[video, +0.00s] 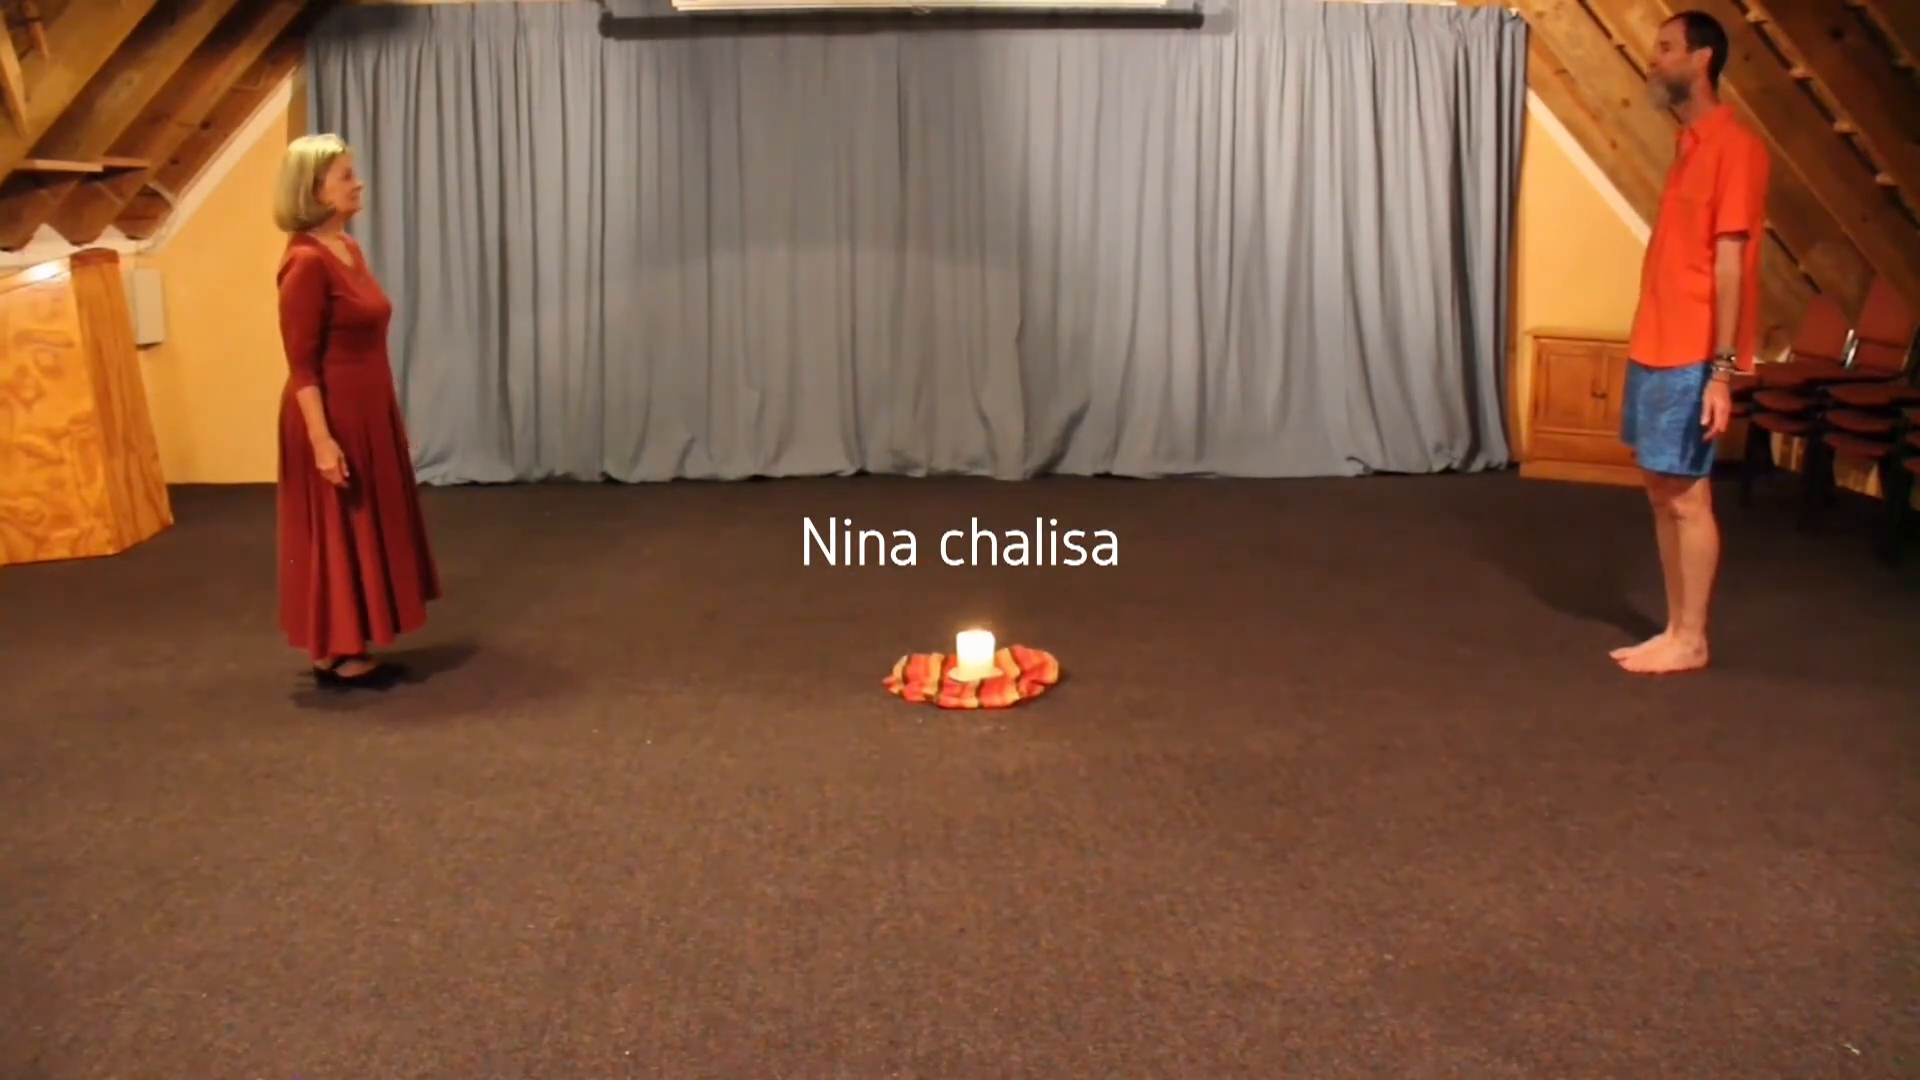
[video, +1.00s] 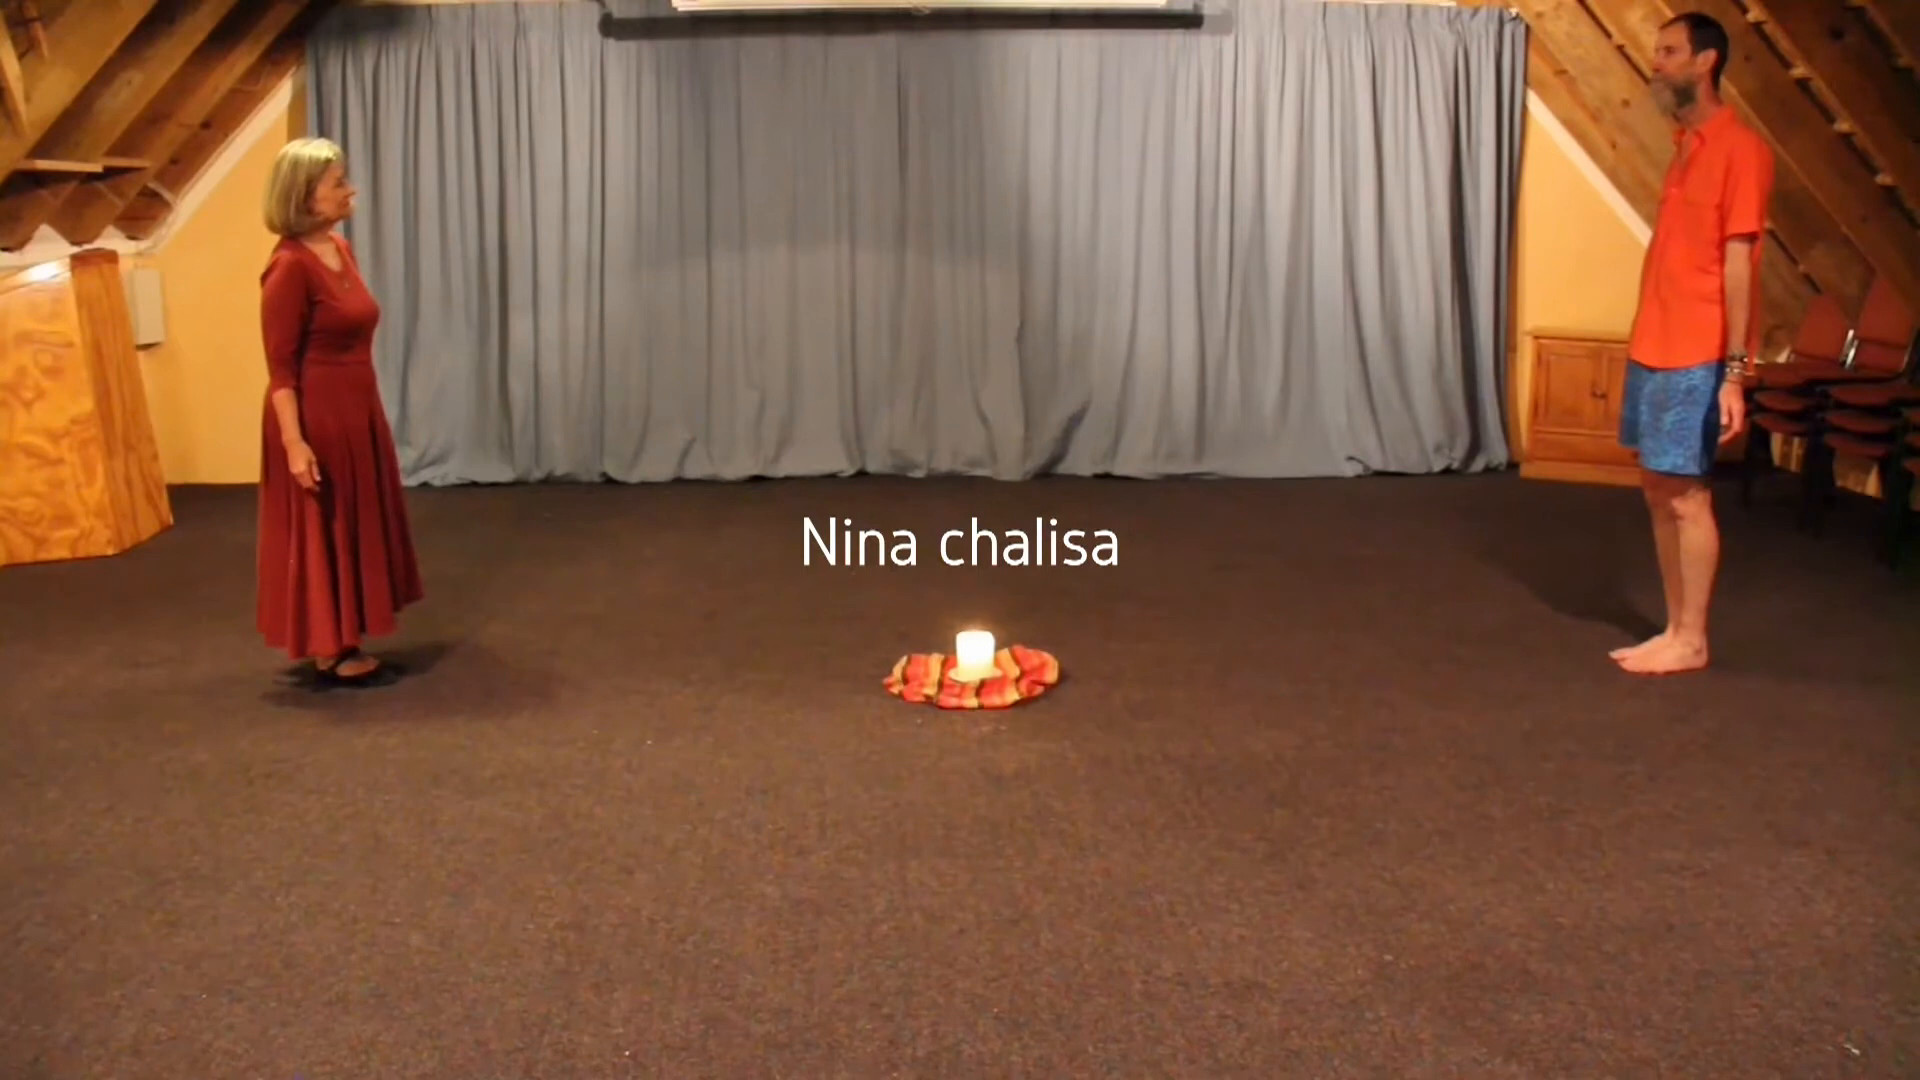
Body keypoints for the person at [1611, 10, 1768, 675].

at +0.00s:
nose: (1652, 60)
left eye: (1665, 49)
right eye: (1654, 48)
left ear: (1703, 59)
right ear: (1690, 60)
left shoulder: (1734, 143)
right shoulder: (1693, 141)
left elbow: (1730, 261)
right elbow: (1692, 257)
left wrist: (1722, 368)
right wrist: (1660, 348)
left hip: (1692, 357)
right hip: (1657, 351)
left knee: (1687, 498)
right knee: (1662, 493)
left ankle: (1692, 639)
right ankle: (1677, 630)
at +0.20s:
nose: (1653, 61)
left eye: (1666, 49)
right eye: (1654, 49)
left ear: (1705, 59)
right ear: (1690, 60)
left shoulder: (1736, 144)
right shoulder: (1691, 141)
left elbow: (1732, 261)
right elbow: (1687, 256)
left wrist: (1726, 370)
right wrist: (1656, 348)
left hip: (1693, 357)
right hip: (1656, 351)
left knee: (1688, 497)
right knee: (1663, 493)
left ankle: (1691, 639)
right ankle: (1677, 630)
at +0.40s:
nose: (1653, 65)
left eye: (1665, 53)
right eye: (1654, 53)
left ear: (1705, 61)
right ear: (1689, 62)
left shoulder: (1738, 146)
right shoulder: (1690, 143)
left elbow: (1735, 262)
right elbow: (1685, 256)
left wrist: (1728, 370)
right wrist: (1654, 347)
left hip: (1694, 358)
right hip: (1655, 352)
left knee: (1687, 498)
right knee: (1661, 493)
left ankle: (1692, 639)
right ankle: (1677, 630)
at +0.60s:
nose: (1654, 67)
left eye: (1666, 55)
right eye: (1653, 55)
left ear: (1705, 61)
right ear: (1689, 63)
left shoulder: (1738, 146)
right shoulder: (1690, 143)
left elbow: (1736, 263)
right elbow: (1686, 256)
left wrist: (1730, 370)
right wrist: (1654, 347)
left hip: (1694, 357)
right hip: (1656, 351)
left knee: (1688, 498)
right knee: (1662, 494)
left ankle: (1692, 639)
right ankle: (1677, 630)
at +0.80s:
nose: (1654, 66)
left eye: (1666, 54)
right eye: (1654, 54)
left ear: (1706, 61)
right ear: (1687, 63)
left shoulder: (1740, 145)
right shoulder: (1690, 142)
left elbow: (1738, 262)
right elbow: (1685, 255)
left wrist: (1732, 370)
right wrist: (1654, 347)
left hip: (1695, 357)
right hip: (1656, 351)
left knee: (1688, 497)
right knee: (1659, 491)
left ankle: (1693, 640)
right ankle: (1677, 630)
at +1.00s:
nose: (1655, 64)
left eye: (1668, 52)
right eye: (1655, 52)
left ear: (1707, 60)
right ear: (1689, 62)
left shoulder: (1741, 146)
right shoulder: (1691, 143)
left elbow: (1739, 261)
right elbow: (1684, 255)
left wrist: (1735, 369)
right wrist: (1653, 346)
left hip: (1696, 356)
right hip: (1656, 350)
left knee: (1686, 497)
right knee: (1659, 490)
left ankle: (1693, 640)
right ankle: (1677, 630)